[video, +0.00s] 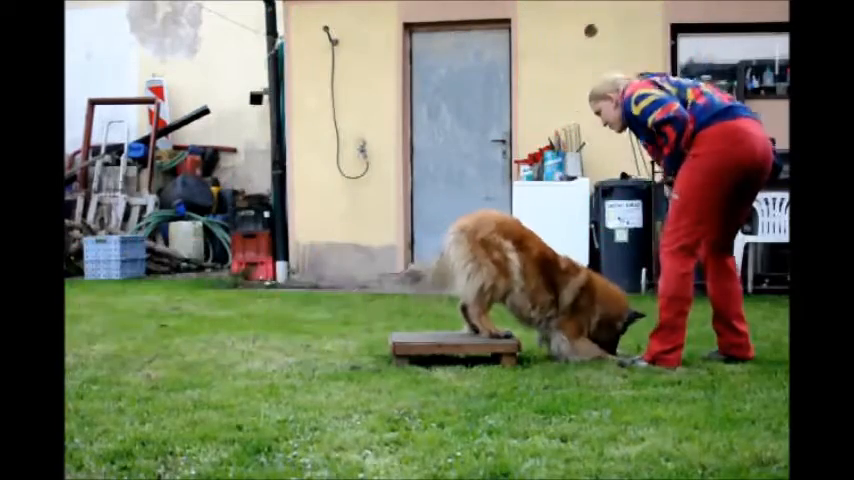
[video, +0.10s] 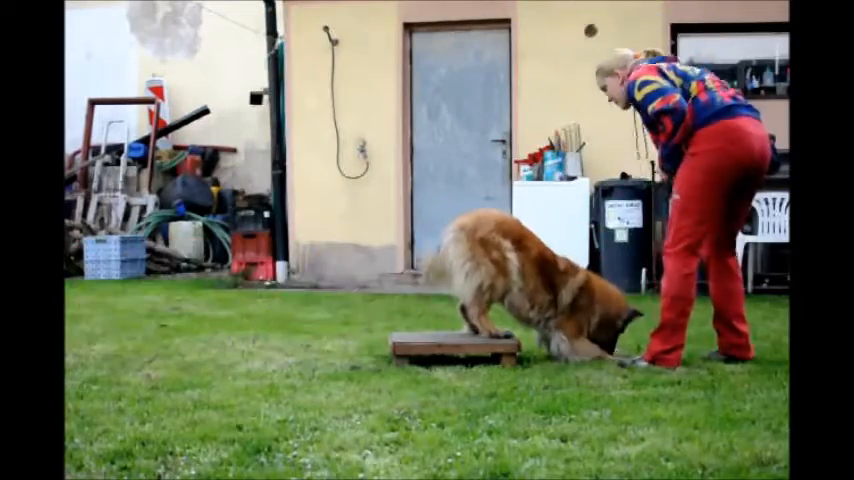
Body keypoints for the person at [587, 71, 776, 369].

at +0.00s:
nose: (602, 122)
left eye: (600, 112)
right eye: (598, 116)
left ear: (613, 97)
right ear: (615, 99)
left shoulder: (635, 92)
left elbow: (675, 118)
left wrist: (671, 172)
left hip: (722, 139)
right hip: (758, 142)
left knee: (676, 249)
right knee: (717, 249)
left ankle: (663, 354)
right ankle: (736, 347)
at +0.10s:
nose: (608, 97)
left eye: (605, 89)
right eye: (604, 92)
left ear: (621, 75)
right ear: (622, 75)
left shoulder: (641, 76)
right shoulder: (668, 69)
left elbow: (674, 109)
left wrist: (666, 161)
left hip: (720, 136)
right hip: (755, 136)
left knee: (680, 250)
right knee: (721, 247)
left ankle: (663, 354)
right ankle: (736, 346)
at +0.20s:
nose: (622, 64)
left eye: (620, 54)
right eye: (619, 57)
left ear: (636, 40)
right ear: (649, 37)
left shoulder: (654, 54)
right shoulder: (689, 47)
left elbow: (675, 100)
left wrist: (666, 142)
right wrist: (685, 139)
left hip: (717, 137)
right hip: (755, 138)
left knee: (683, 248)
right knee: (723, 247)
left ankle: (664, 353)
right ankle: (736, 347)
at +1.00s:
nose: (619, 69)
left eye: (619, 60)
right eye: (614, 64)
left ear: (637, 45)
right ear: (637, 49)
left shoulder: (672, 54)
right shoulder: (672, 58)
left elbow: (711, 100)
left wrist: (690, 156)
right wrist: (690, 176)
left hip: (739, 139)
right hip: (758, 138)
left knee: (706, 243)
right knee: (733, 247)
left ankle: (704, 350)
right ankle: (737, 344)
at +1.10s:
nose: (610, 95)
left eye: (609, 85)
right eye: (605, 90)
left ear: (627, 69)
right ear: (626, 73)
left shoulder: (662, 69)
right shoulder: (659, 93)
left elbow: (709, 110)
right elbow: (691, 163)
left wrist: (694, 162)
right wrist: (676, 216)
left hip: (743, 138)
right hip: (756, 139)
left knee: (709, 245)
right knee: (730, 248)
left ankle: (704, 350)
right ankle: (737, 344)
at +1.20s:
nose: (605, 132)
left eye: (602, 122)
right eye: (599, 126)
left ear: (618, 104)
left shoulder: (648, 92)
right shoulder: (655, 137)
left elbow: (704, 113)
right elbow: (669, 194)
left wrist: (695, 165)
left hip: (743, 137)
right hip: (759, 139)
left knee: (705, 244)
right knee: (724, 248)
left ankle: (703, 351)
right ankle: (736, 345)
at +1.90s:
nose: (610, 171)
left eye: (605, 162)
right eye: (604, 167)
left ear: (614, 142)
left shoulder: (638, 123)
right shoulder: (658, 165)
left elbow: (687, 121)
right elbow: (671, 217)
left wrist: (690, 169)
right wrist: (664, 282)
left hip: (736, 144)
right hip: (763, 149)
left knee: (689, 244)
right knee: (714, 250)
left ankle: (702, 351)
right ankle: (733, 344)